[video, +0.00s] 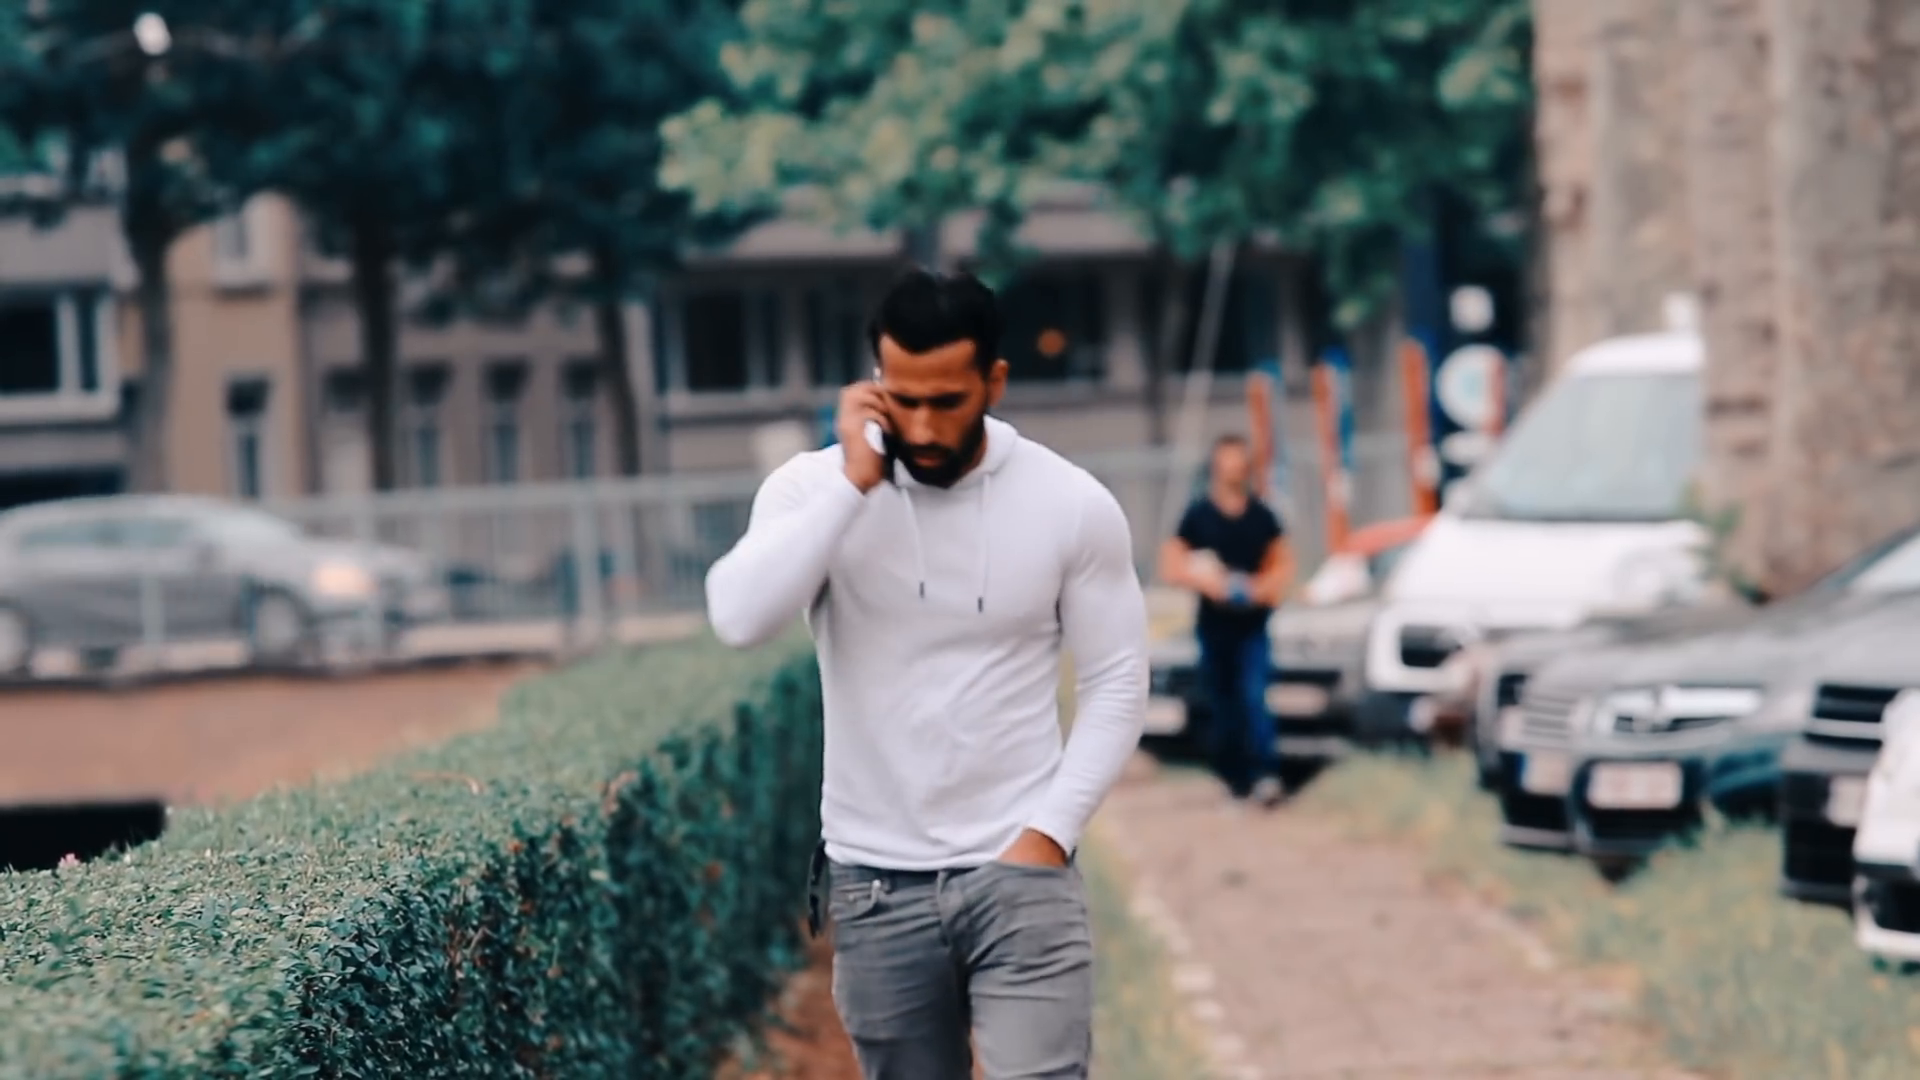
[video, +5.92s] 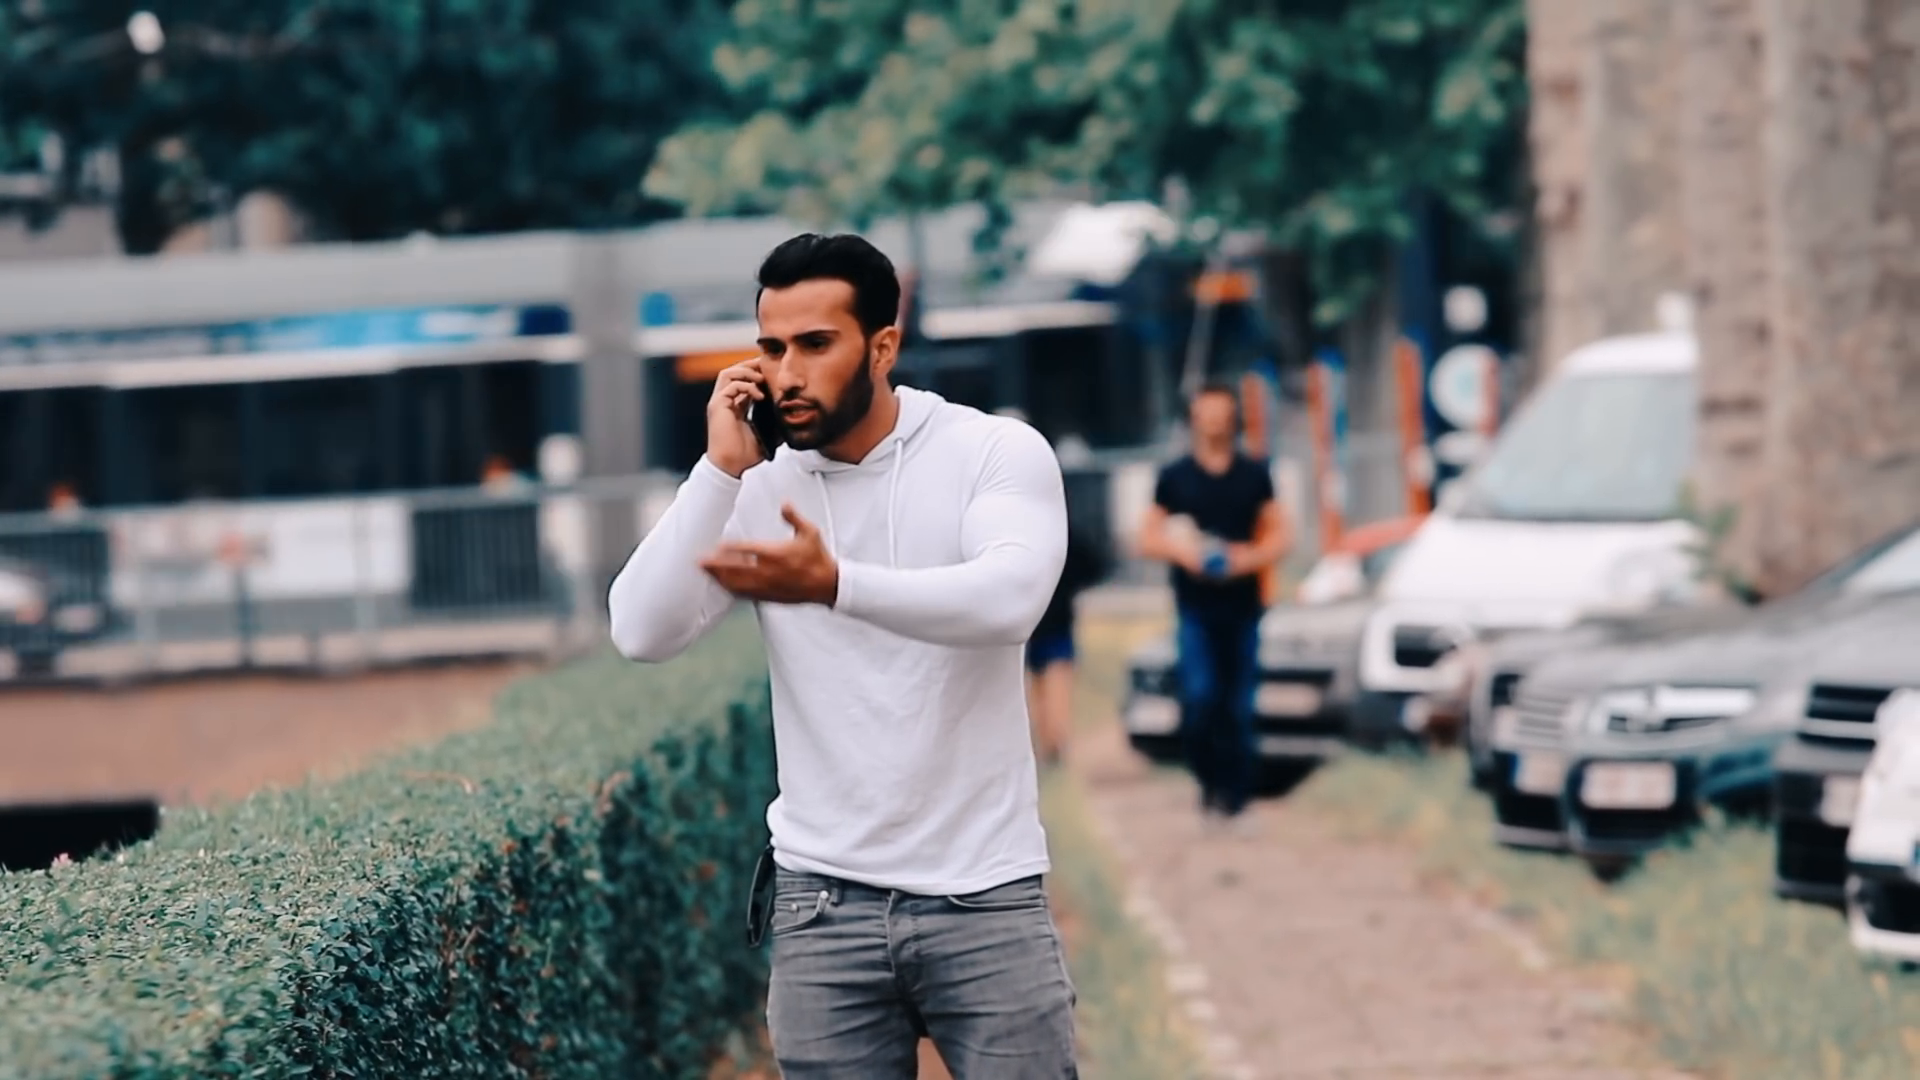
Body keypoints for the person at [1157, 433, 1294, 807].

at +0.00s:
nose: (1232, 470)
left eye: (1238, 463)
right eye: (1225, 463)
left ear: (1248, 466)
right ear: (1214, 466)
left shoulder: (1262, 516)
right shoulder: (1200, 514)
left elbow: (1281, 563)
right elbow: (1172, 564)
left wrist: (1263, 587)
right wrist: (1210, 581)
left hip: (1252, 616)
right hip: (1214, 617)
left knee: (1252, 695)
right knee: (1220, 698)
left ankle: (1264, 773)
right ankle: (1234, 777)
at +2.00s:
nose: (1233, 461)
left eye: (1239, 453)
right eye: (1226, 453)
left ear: (1247, 458)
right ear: (1214, 457)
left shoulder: (1263, 510)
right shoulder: (1199, 508)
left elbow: (1287, 563)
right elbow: (1172, 559)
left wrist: (1262, 585)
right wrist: (1209, 579)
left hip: (1254, 626)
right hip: (1213, 626)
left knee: (1252, 707)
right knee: (1212, 707)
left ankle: (1253, 786)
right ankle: (1226, 783)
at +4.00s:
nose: (1231, 445)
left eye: (1238, 437)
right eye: (1225, 437)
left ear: (1250, 440)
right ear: (1215, 442)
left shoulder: (1271, 495)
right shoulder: (1201, 496)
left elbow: (1302, 553)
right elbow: (1173, 554)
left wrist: (1266, 574)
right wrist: (1211, 572)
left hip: (1261, 616)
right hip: (1218, 616)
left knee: (1259, 708)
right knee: (1222, 703)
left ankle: (1257, 791)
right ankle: (1232, 784)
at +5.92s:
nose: (1215, 425)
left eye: (1223, 418)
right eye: (1207, 417)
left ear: (1234, 420)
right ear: (1193, 419)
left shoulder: (1253, 475)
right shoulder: (1176, 476)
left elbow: (1278, 536)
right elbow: (1149, 538)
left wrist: (1243, 558)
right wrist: (1186, 553)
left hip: (1243, 604)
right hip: (1196, 604)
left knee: (1239, 700)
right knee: (1200, 695)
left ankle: (1238, 790)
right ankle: (1211, 784)